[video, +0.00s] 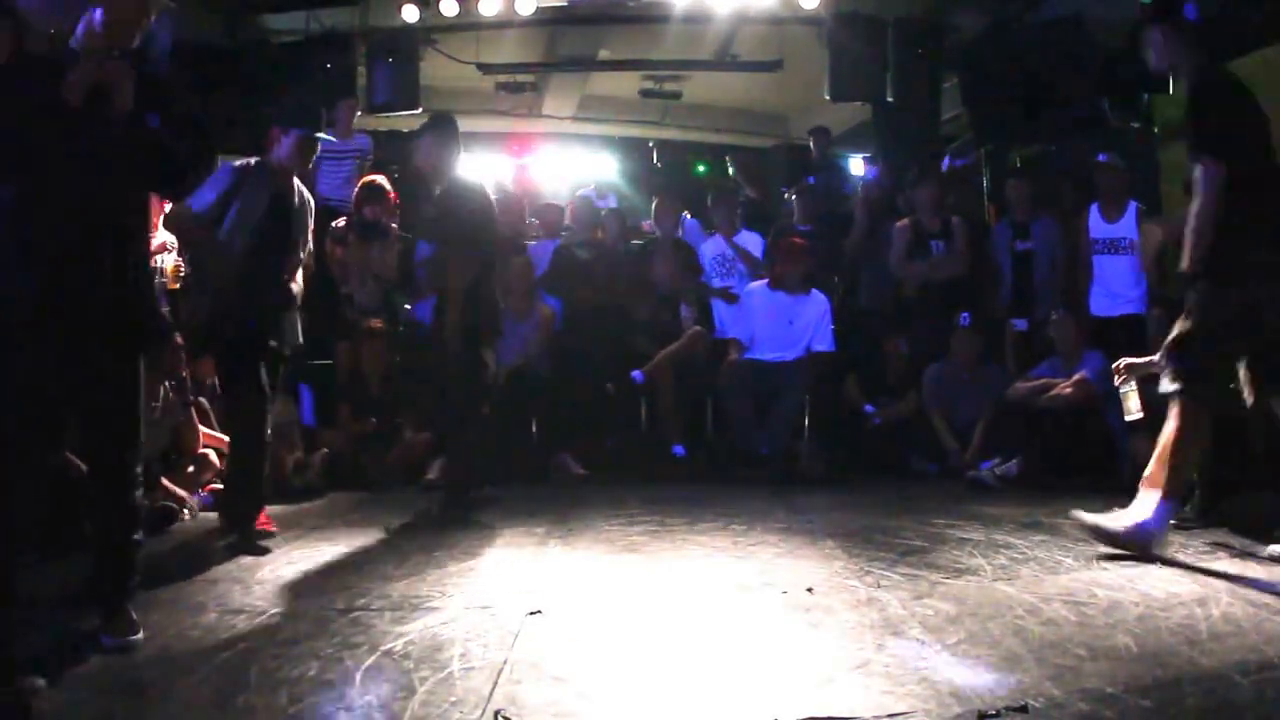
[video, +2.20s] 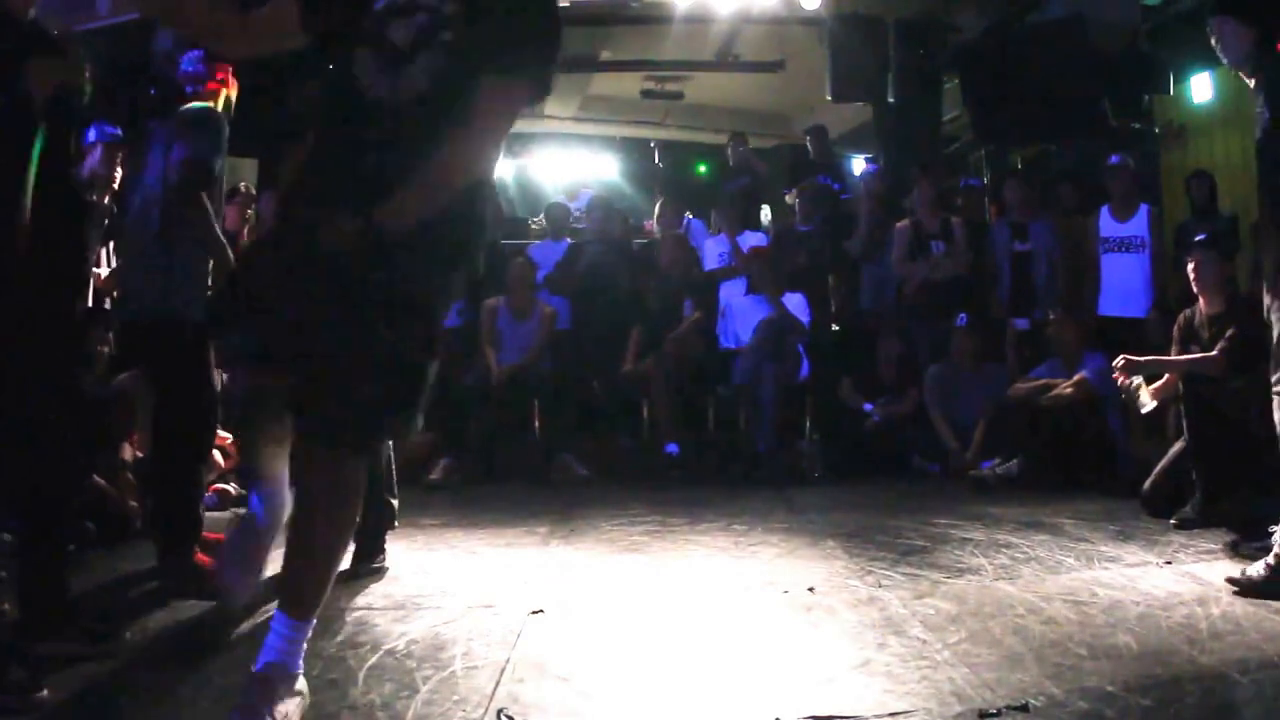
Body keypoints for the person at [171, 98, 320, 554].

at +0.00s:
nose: (308, 156)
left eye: (313, 148)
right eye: (302, 144)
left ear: (309, 151)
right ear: (277, 138)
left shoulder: (302, 199)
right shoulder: (238, 176)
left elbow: (300, 257)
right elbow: (185, 217)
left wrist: (291, 285)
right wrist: (214, 265)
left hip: (272, 320)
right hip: (231, 314)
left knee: (260, 412)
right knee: (250, 412)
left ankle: (246, 506)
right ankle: (242, 513)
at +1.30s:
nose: (262, 90)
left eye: (269, 82)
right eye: (255, 79)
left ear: (277, 88)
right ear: (233, 80)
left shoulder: (263, 149)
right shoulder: (199, 131)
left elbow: (261, 233)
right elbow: (154, 191)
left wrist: (280, 297)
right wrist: (196, 261)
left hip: (253, 314)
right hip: (198, 313)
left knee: (265, 430)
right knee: (193, 435)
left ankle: (270, 547)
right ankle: (180, 561)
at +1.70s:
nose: (239, 78)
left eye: (240, 67)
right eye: (229, 66)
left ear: (230, 72)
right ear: (201, 66)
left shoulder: (211, 127)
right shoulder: (192, 124)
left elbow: (211, 214)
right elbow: (159, 198)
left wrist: (246, 252)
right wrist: (206, 268)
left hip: (203, 308)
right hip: (180, 312)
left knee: (217, 420)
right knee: (187, 432)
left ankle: (201, 529)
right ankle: (179, 560)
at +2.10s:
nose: (236, 96)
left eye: (235, 86)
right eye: (232, 85)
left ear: (199, 81)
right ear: (216, 83)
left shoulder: (185, 120)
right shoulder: (192, 117)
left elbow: (172, 209)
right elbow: (163, 199)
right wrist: (207, 254)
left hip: (166, 297)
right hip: (167, 301)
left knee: (179, 422)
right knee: (183, 425)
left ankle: (179, 535)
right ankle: (179, 554)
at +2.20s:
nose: (233, 100)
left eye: (231, 94)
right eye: (231, 93)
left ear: (193, 88)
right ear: (221, 91)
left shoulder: (169, 126)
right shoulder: (205, 120)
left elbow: (128, 210)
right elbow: (190, 197)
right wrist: (229, 263)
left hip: (150, 301)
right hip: (176, 305)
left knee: (175, 422)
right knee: (191, 422)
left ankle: (171, 541)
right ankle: (179, 550)